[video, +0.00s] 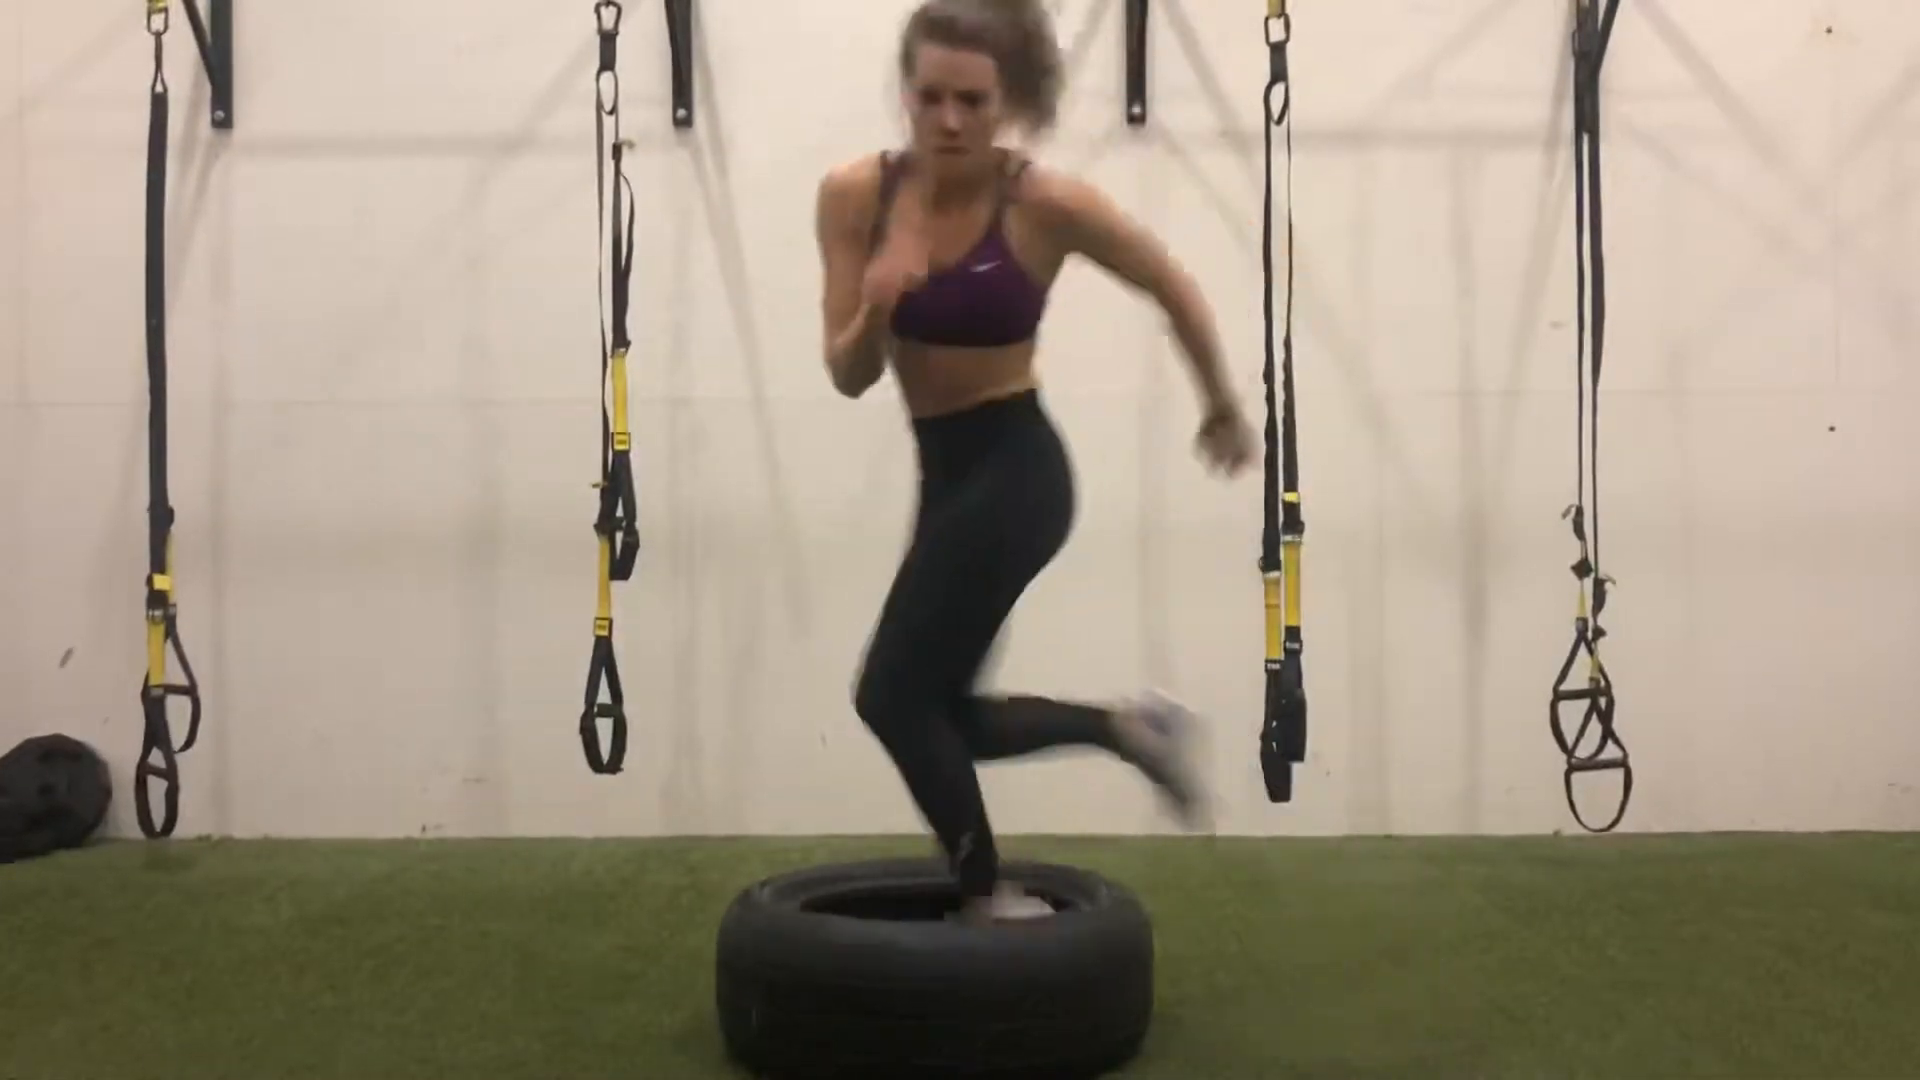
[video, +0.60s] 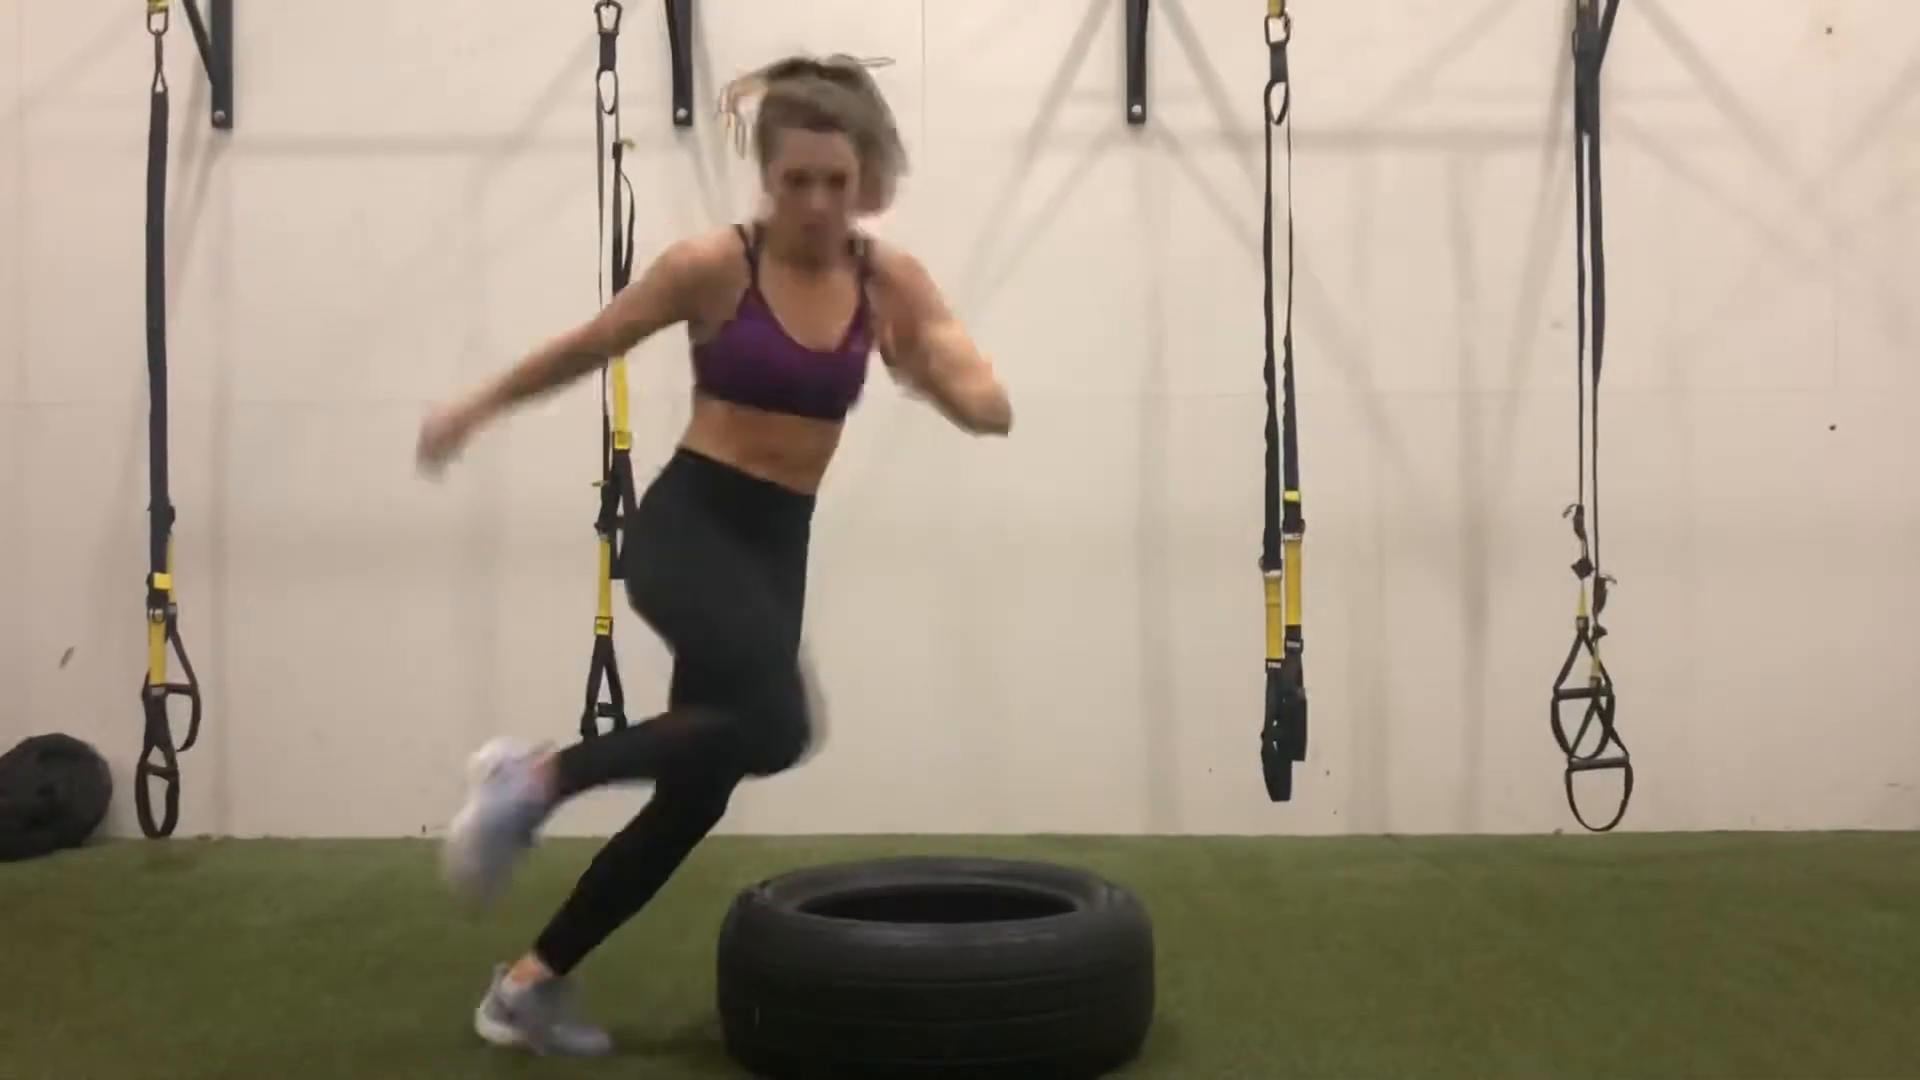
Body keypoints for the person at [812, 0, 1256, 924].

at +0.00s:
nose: (948, 120)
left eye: (971, 101)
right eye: (931, 97)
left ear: (1009, 104)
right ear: (906, 95)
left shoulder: (1048, 206)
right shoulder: (858, 196)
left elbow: (1171, 285)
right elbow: (848, 377)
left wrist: (1223, 405)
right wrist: (876, 311)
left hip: (1018, 473)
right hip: (947, 477)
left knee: (891, 694)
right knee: (940, 722)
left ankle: (983, 902)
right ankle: (1125, 727)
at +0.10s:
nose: (903, 139)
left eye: (927, 120)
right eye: (886, 116)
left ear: (967, 124)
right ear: (862, 111)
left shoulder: (999, 242)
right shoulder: (813, 218)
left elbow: (1115, 353)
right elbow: (768, 341)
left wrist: (1132, 493)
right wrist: (774, 377)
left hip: (966, 511)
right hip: (880, 509)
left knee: (929, 760)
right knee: (756, 697)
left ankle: (1006, 940)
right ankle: (918, 695)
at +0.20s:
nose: (851, 155)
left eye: (875, 136)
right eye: (833, 128)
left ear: (903, 139)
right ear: (798, 119)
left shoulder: (924, 247)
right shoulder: (729, 221)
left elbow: (994, 380)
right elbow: (696, 332)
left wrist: (951, 457)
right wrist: (692, 429)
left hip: (907, 480)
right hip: (810, 484)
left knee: (872, 723)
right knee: (682, 695)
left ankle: (981, 925)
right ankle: (639, 885)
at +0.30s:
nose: (797, 204)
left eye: (822, 188)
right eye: (781, 179)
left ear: (848, 196)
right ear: (747, 170)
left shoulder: (864, 293)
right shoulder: (667, 285)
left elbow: (883, 391)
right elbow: (640, 431)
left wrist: (860, 455)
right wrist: (716, 496)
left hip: (818, 519)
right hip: (710, 525)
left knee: (789, 655)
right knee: (605, 754)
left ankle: (876, 759)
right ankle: (546, 978)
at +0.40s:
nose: (783, 190)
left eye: (807, 171)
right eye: (765, 165)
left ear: (837, 174)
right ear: (734, 160)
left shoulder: (864, 264)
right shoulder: (678, 266)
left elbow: (882, 334)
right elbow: (621, 421)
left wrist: (876, 407)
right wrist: (709, 426)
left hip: (803, 516)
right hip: (694, 512)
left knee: (745, 630)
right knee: (557, 725)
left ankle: (745, 764)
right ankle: (531, 953)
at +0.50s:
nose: (795, 175)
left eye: (817, 156)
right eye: (777, 152)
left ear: (849, 152)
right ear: (745, 142)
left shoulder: (878, 238)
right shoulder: (691, 242)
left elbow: (941, 324)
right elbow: (613, 361)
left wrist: (932, 390)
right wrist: (603, 465)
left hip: (786, 518)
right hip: (676, 498)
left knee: (732, 761)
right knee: (602, 740)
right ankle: (463, 918)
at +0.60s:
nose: (816, 203)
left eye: (837, 182)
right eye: (796, 180)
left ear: (869, 178)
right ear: (766, 173)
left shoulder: (889, 280)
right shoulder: (710, 266)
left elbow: (997, 414)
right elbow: (588, 347)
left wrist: (937, 376)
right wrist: (472, 409)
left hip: (777, 546)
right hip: (689, 521)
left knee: (697, 799)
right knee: (772, 726)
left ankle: (530, 984)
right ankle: (532, 779)